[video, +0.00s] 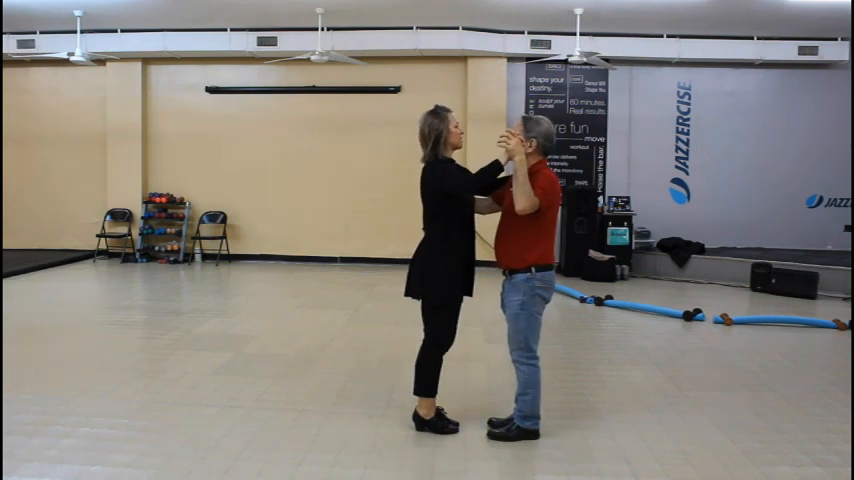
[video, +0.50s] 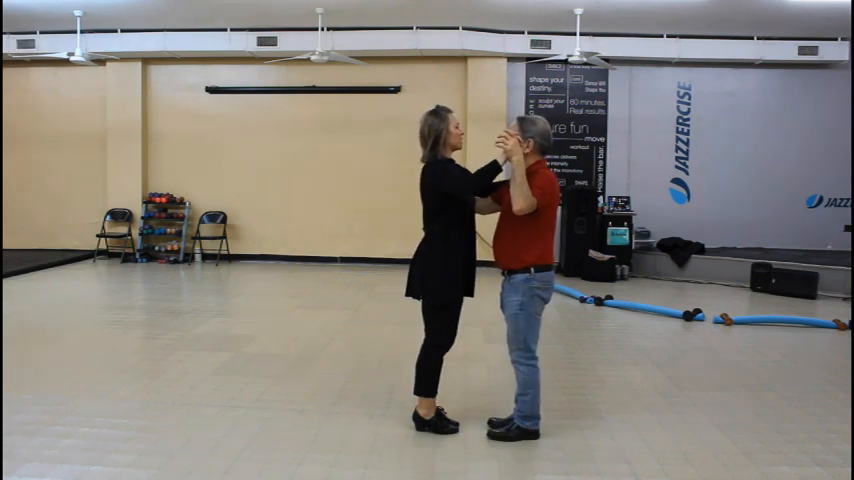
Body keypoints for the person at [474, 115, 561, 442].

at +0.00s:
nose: (509, 139)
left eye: (514, 135)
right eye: (510, 134)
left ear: (530, 144)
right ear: (529, 145)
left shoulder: (545, 178)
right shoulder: (520, 179)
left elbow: (524, 205)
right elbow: (484, 205)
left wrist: (518, 160)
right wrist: (450, 193)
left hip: (532, 277)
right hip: (517, 276)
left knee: (525, 354)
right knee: (520, 353)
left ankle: (527, 423)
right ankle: (522, 416)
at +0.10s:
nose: (508, 143)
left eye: (513, 138)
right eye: (509, 138)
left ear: (529, 145)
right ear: (528, 145)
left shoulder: (546, 178)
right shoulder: (519, 181)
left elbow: (524, 206)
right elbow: (483, 205)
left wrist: (518, 162)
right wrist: (450, 190)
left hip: (532, 277)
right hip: (517, 276)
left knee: (524, 354)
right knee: (520, 353)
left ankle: (527, 423)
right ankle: (522, 416)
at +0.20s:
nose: (506, 145)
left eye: (511, 139)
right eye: (507, 139)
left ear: (528, 145)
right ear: (528, 145)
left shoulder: (546, 178)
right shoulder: (520, 181)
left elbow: (524, 207)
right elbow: (483, 205)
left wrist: (518, 163)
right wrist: (452, 189)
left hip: (532, 277)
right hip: (517, 276)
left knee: (524, 354)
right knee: (519, 353)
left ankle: (527, 423)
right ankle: (522, 416)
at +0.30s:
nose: (505, 146)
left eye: (511, 140)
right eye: (506, 140)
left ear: (527, 145)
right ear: (527, 146)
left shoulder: (545, 178)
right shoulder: (520, 181)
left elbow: (524, 207)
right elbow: (483, 205)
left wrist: (518, 163)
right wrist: (452, 189)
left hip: (532, 277)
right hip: (517, 276)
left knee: (524, 354)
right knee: (519, 353)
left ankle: (527, 423)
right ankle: (522, 416)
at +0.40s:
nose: (505, 145)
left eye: (511, 139)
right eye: (506, 139)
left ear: (527, 145)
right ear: (527, 146)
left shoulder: (545, 178)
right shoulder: (520, 181)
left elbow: (523, 207)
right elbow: (483, 205)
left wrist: (517, 163)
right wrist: (451, 189)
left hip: (532, 277)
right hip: (517, 276)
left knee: (524, 354)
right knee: (519, 353)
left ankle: (527, 423)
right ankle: (522, 416)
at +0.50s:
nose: (507, 142)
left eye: (512, 137)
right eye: (508, 137)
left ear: (527, 144)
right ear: (527, 145)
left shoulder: (544, 176)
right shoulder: (520, 179)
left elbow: (522, 206)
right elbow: (483, 204)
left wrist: (516, 162)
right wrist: (451, 189)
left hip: (531, 277)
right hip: (517, 276)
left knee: (524, 354)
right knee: (519, 353)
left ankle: (527, 422)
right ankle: (522, 416)